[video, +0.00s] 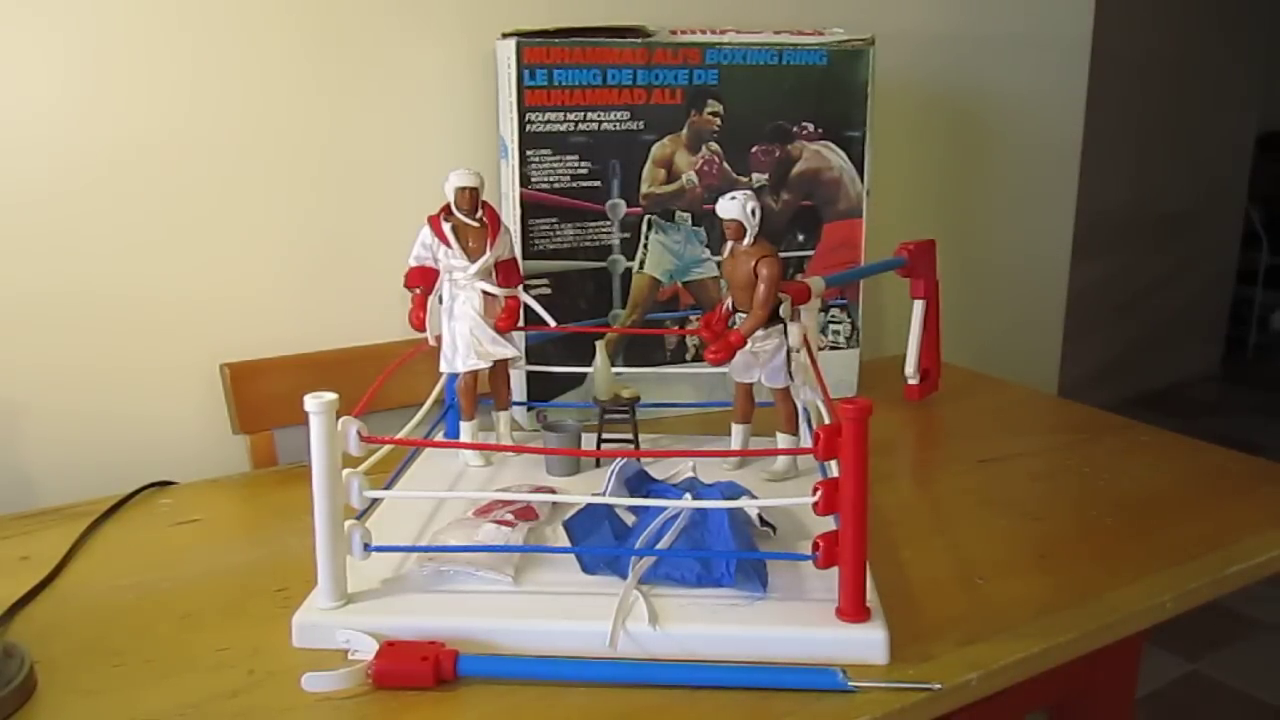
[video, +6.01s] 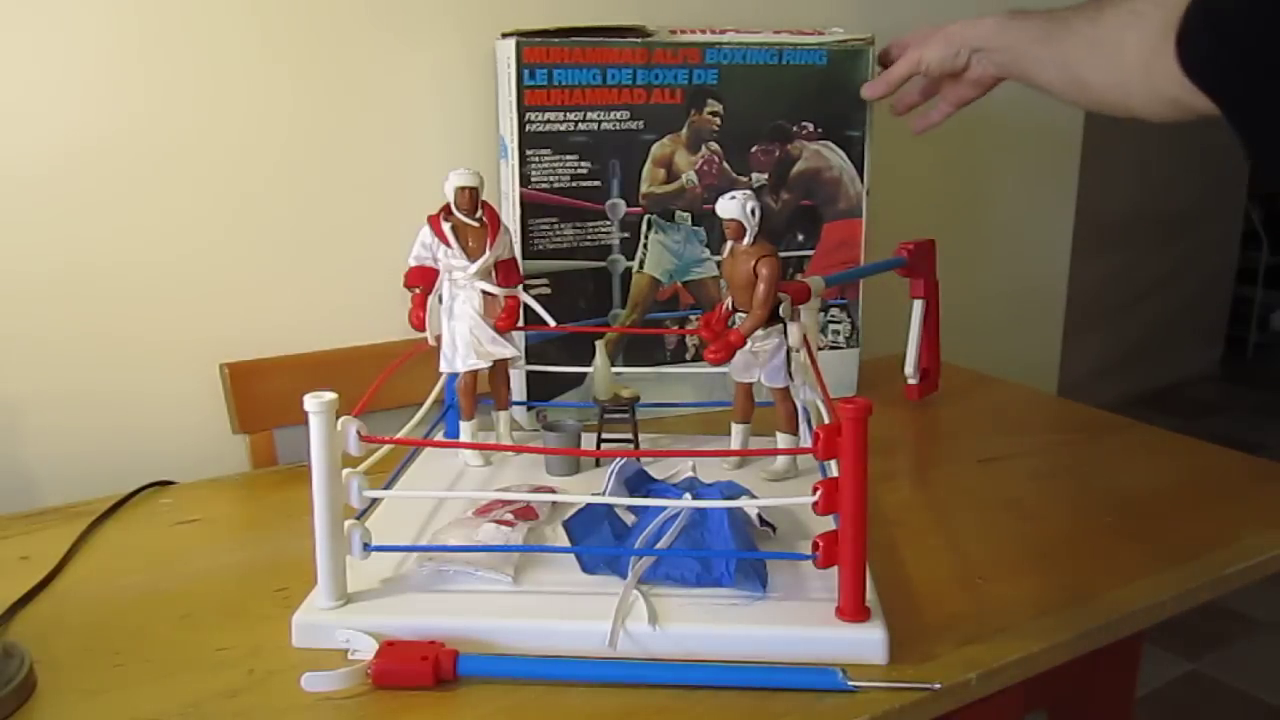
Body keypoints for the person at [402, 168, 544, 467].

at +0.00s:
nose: (468, 198)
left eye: (473, 191)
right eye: (461, 192)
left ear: (481, 194)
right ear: (451, 195)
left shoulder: (496, 228)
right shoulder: (436, 230)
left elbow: (508, 269)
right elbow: (421, 267)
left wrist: (512, 304)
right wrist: (419, 302)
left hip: (493, 301)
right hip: (458, 302)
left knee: (500, 363)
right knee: (468, 369)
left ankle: (505, 432)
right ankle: (468, 440)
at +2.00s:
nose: (467, 198)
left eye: (472, 191)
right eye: (461, 191)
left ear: (480, 194)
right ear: (451, 195)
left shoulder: (495, 227)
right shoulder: (435, 229)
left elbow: (509, 270)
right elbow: (421, 273)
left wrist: (511, 306)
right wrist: (422, 314)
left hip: (492, 303)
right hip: (457, 305)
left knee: (500, 364)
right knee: (468, 370)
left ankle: (505, 432)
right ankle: (469, 440)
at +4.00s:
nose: (467, 198)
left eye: (472, 191)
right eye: (461, 192)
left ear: (480, 194)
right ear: (451, 195)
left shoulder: (497, 228)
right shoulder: (436, 230)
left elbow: (509, 270)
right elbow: (422, 268)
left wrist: (512, 305)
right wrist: (419, 303)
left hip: (493, 302)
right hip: (458, 304)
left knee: (501, 364)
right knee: (469, 370)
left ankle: (505, 433)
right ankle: (468, 441)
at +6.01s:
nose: (466, 198)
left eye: (472, 191)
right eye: (460, 192)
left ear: (479, 194)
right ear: (450, 195)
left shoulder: (495, 228)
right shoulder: (435, 229)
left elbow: (508, 270)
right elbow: (421, 271)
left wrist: (510, 306)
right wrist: (420, 309)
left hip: (492, 302)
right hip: (458, 304)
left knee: (500, 363)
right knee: (468, 369)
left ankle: (505, 430)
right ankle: (468, 440)